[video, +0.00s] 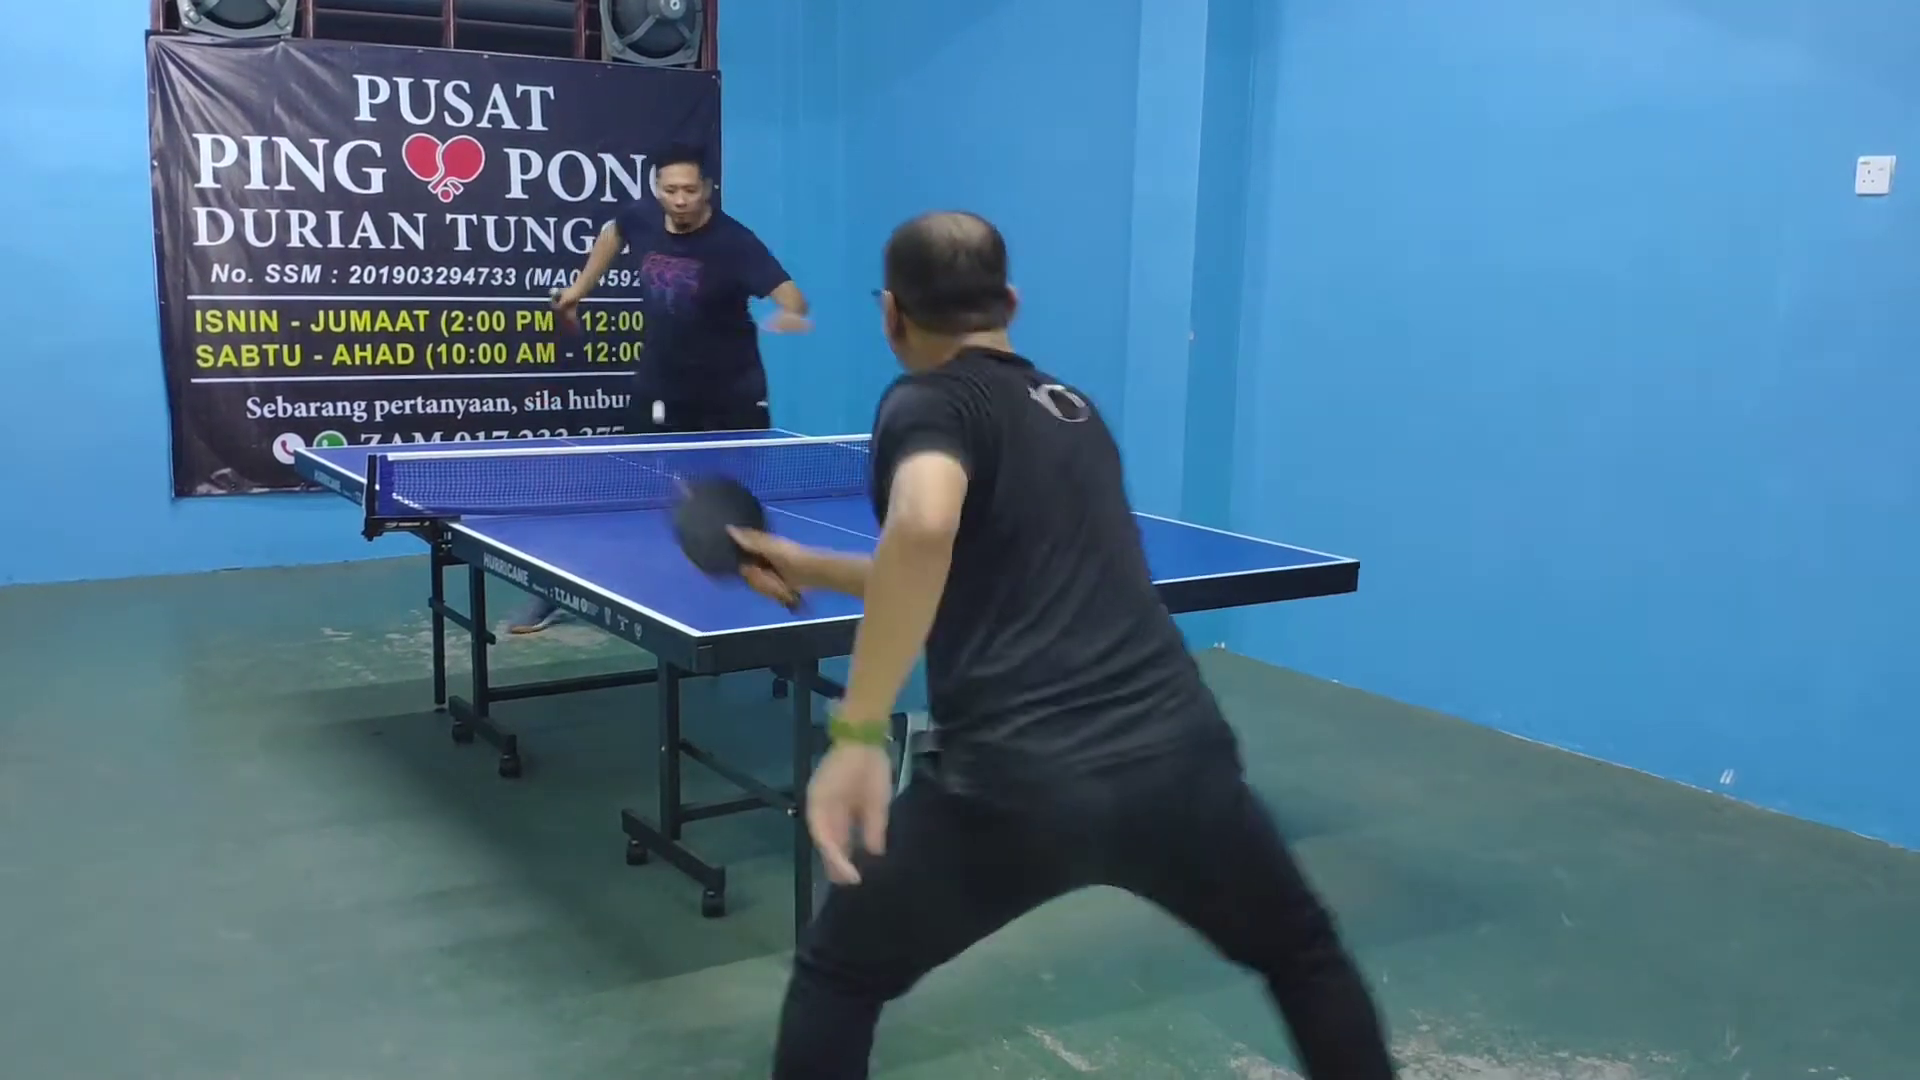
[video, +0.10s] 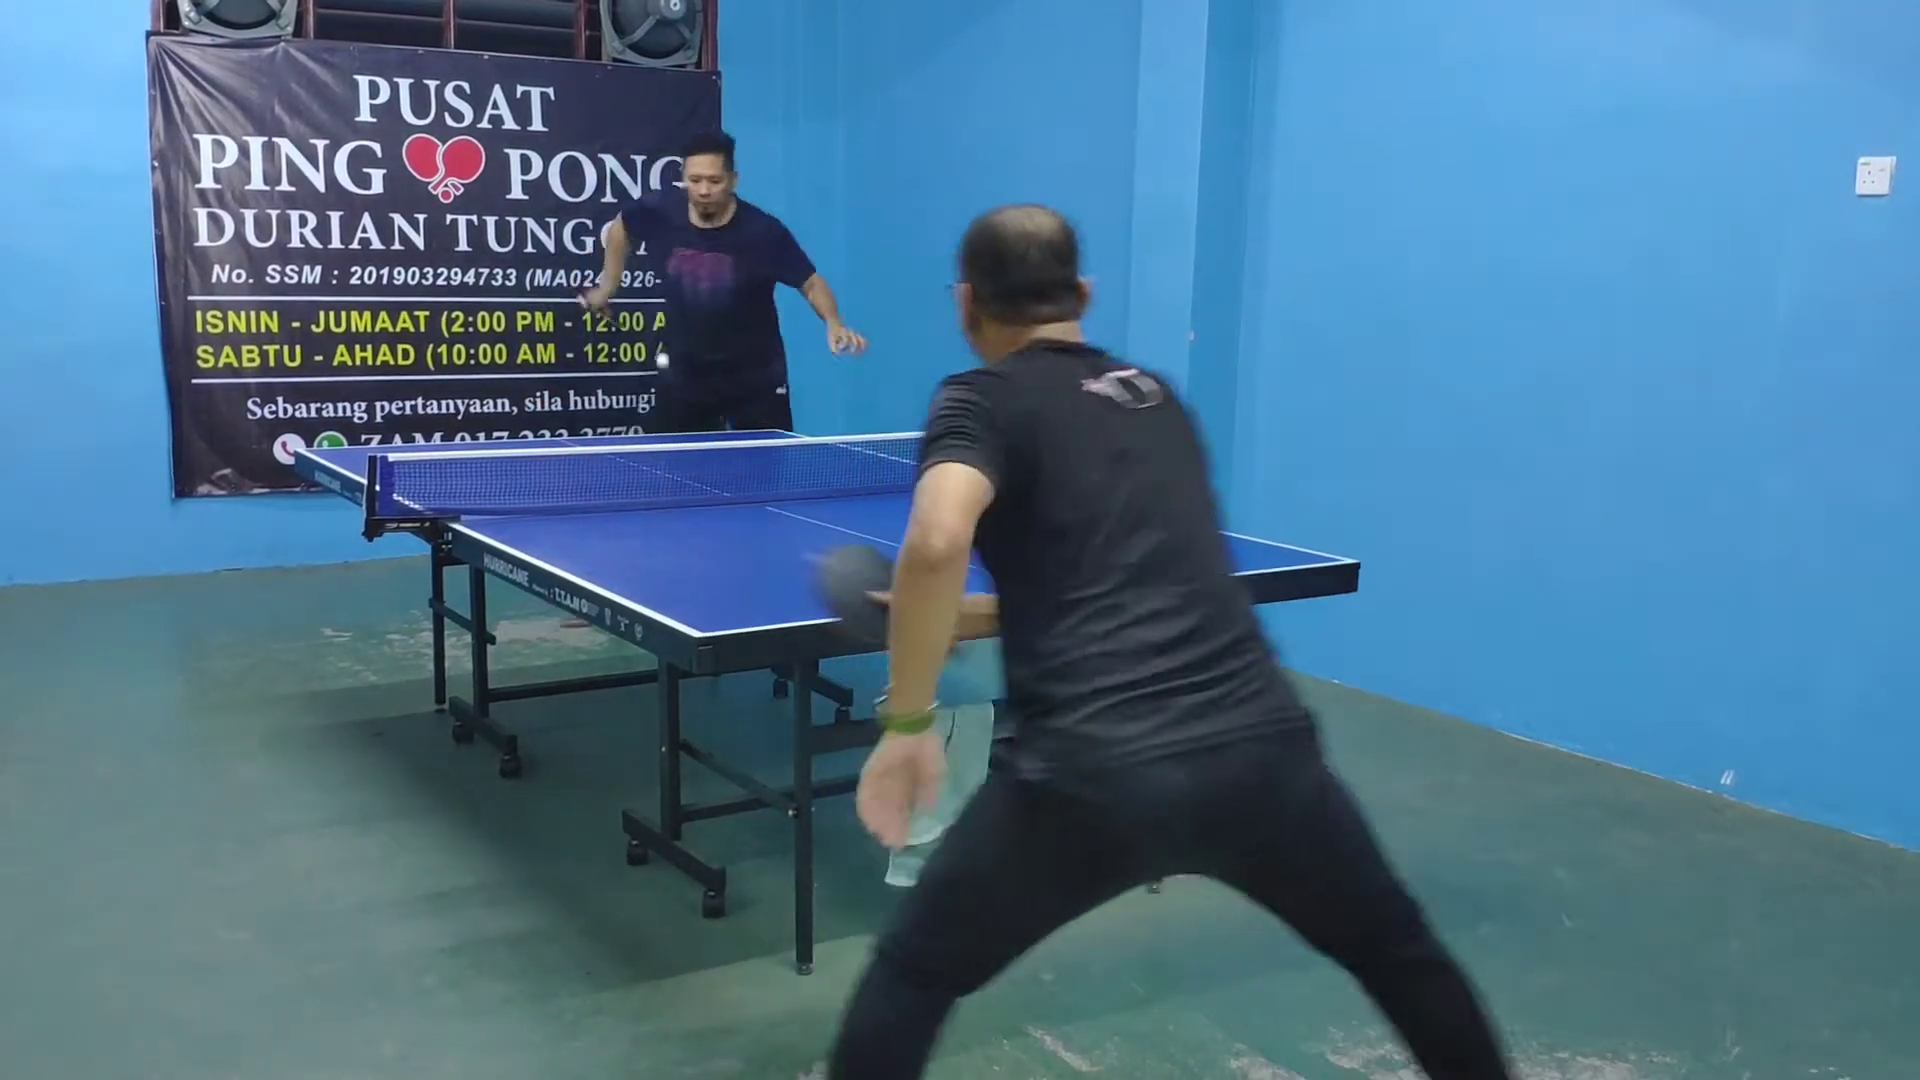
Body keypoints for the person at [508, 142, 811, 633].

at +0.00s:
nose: (679, 200)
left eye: (689, 189)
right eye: (669, 190)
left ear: (711, 189)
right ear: (657, 191)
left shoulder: (732, 240)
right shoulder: (645, 220)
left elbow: (786, 291)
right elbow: (613, 234)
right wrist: (579, 288)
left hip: (730, 399)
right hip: (659, 395)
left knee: (746, 503)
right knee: (608, 492)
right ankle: (552, 590)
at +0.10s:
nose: (704, 190)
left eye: (714, 180)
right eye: (696, 180)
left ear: (732, 180)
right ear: (683, 179)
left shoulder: (763, 231)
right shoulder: (663, 210)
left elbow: (809, 282)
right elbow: (617, 232)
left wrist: (834, 322)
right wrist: (607, 287)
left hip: (756, 384)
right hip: (685, 383)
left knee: (772, 482)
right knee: (669, 482)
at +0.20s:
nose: (715, 175)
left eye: (725, 166)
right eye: (708, 165)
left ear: (750, 161)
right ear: (700, 160)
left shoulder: (783, 207)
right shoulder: (683, 197)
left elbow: (814, 263)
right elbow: (644, 251)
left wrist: (834, 307)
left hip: (767, 357)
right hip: (699, 356)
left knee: (781, 459)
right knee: (689, 461)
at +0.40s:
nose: (753, 178)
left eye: (762, 167)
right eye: (744, 168)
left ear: (778, 169)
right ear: (732, 171)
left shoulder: (797, 219)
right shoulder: (719, 217)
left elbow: (804, 285)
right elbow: (745, 285)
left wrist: (822, 338)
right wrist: (811, 264)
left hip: (785, 370)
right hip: (726, 374)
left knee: (803, 465)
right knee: (722, 473)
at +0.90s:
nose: (770, 165)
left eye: (776, 155)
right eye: (758, 157)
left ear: (784, 158)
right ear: (738, 162)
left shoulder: (808, 214)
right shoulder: (714, 213)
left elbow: (838, 273)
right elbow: (688, 278)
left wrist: (849, 325)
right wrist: (757, 286)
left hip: (788, 368)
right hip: (723, 367)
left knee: (800, 468)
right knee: (697, 464)